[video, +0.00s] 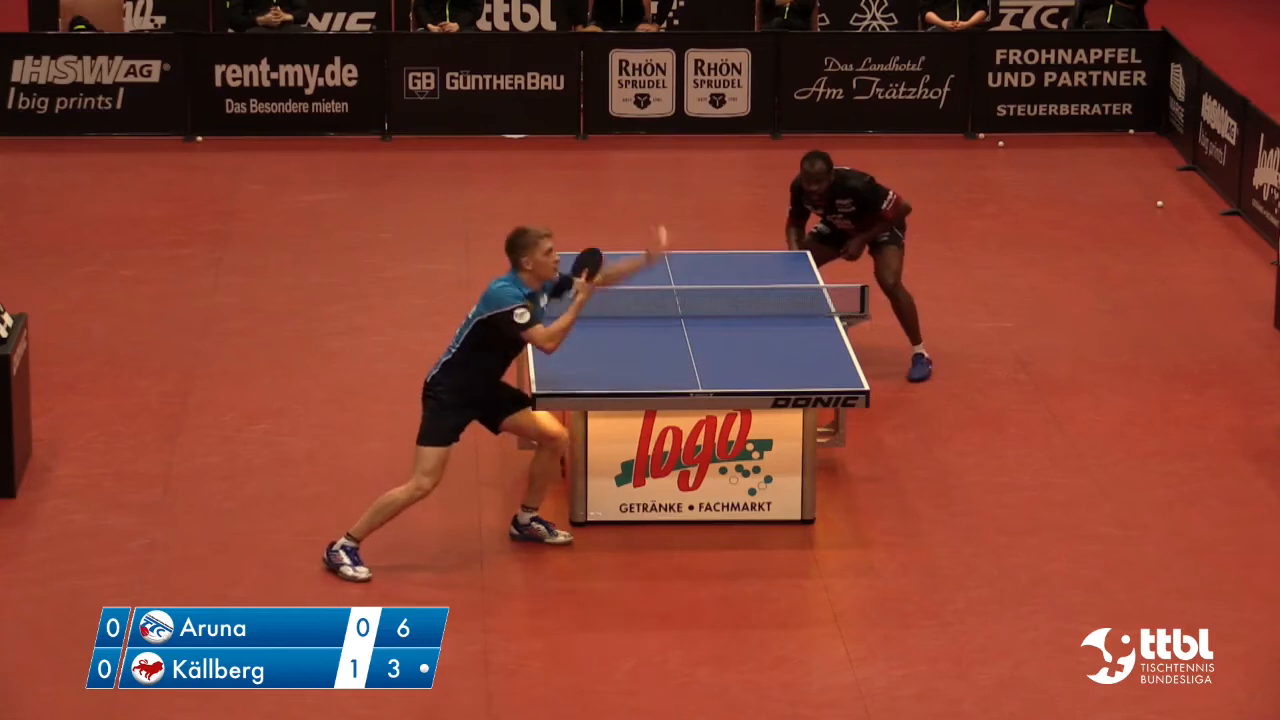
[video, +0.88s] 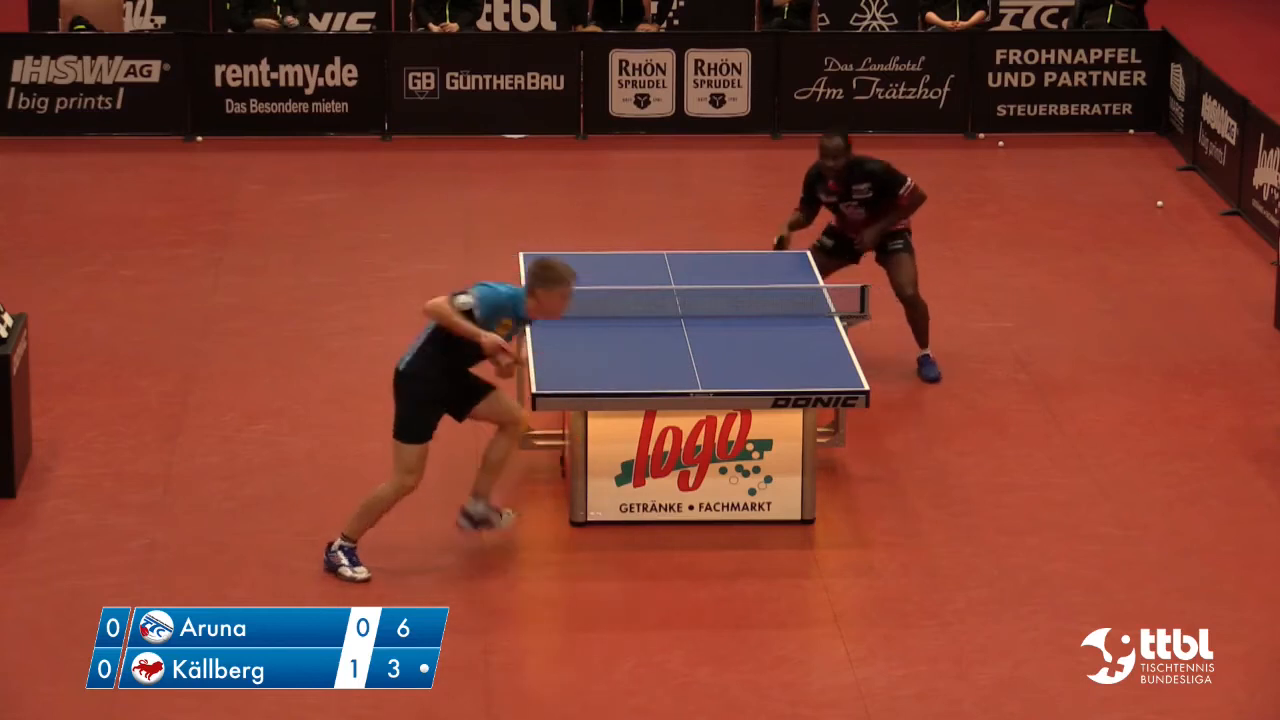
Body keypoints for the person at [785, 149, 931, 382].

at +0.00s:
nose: (813, 189)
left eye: (819, 182)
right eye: (808, 183)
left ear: (831, 176)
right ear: (801, 177)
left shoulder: (856, 184)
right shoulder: (799, 188)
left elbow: (902, 208)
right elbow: (795, 222)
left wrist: (862, 240)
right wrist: (795, 252)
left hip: (880, 225)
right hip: (838, 227)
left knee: (889, 283)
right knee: (795, 265)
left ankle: (919, 353)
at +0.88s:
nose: (831, 164)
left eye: (837, 157)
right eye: (825, 157)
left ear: (849, 154)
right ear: (819, 156)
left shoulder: (874, 170)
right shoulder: (815, 177)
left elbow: (916, 197)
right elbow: (807, 213)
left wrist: (877, 230)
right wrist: (787, 227)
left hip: (889, 231)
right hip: (844, 232)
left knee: (908, 294)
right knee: (799, 279)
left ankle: (925, 355)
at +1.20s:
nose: (825, 153)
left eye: (831, 147)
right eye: (820, 147)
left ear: (846, 142)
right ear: (815, 145)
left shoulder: (876, 157)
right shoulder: (819, 175)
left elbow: (921, 183)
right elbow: (808, 223)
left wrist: (888, 226)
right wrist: (780, 230)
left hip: (900, 234)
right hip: (855, 236)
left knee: (914, 303)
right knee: (811, 287)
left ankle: (942, 364)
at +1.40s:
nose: (809, 165)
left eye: (815, 158)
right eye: (806, 159)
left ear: (831, 151)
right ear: (801, 154)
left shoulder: (864, 159)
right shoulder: (804, 184)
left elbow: (911, 169)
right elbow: (793, 231)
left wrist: (911, 217)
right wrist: (768, 242)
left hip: (882, 239)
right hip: (838, 241)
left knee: (908, 307)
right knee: (799, 287)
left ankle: (941, 363)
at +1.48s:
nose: (795, 171)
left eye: (800, 164)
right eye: (791, 165)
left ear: (814, 156)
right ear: (786, 162)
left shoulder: (844, 160)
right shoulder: (787, 189)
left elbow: (888, 164)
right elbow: (781, 236)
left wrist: (898, 209)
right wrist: (766, 243)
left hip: (864, 239)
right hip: (820, 244)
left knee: (900, 303)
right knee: (791, 296)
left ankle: (939, 361)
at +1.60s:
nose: (774, 184)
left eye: (778, 177)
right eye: (767, 179)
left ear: (788, 167)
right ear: (760, 176)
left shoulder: (809, 165)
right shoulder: (760, 200)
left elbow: (844, 168)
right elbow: (766, 239)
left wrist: (860, 210)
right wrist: (764, 249)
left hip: (834, 247)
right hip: (797, 261)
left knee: (879, 302)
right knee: (791, 318)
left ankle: (928, 362)